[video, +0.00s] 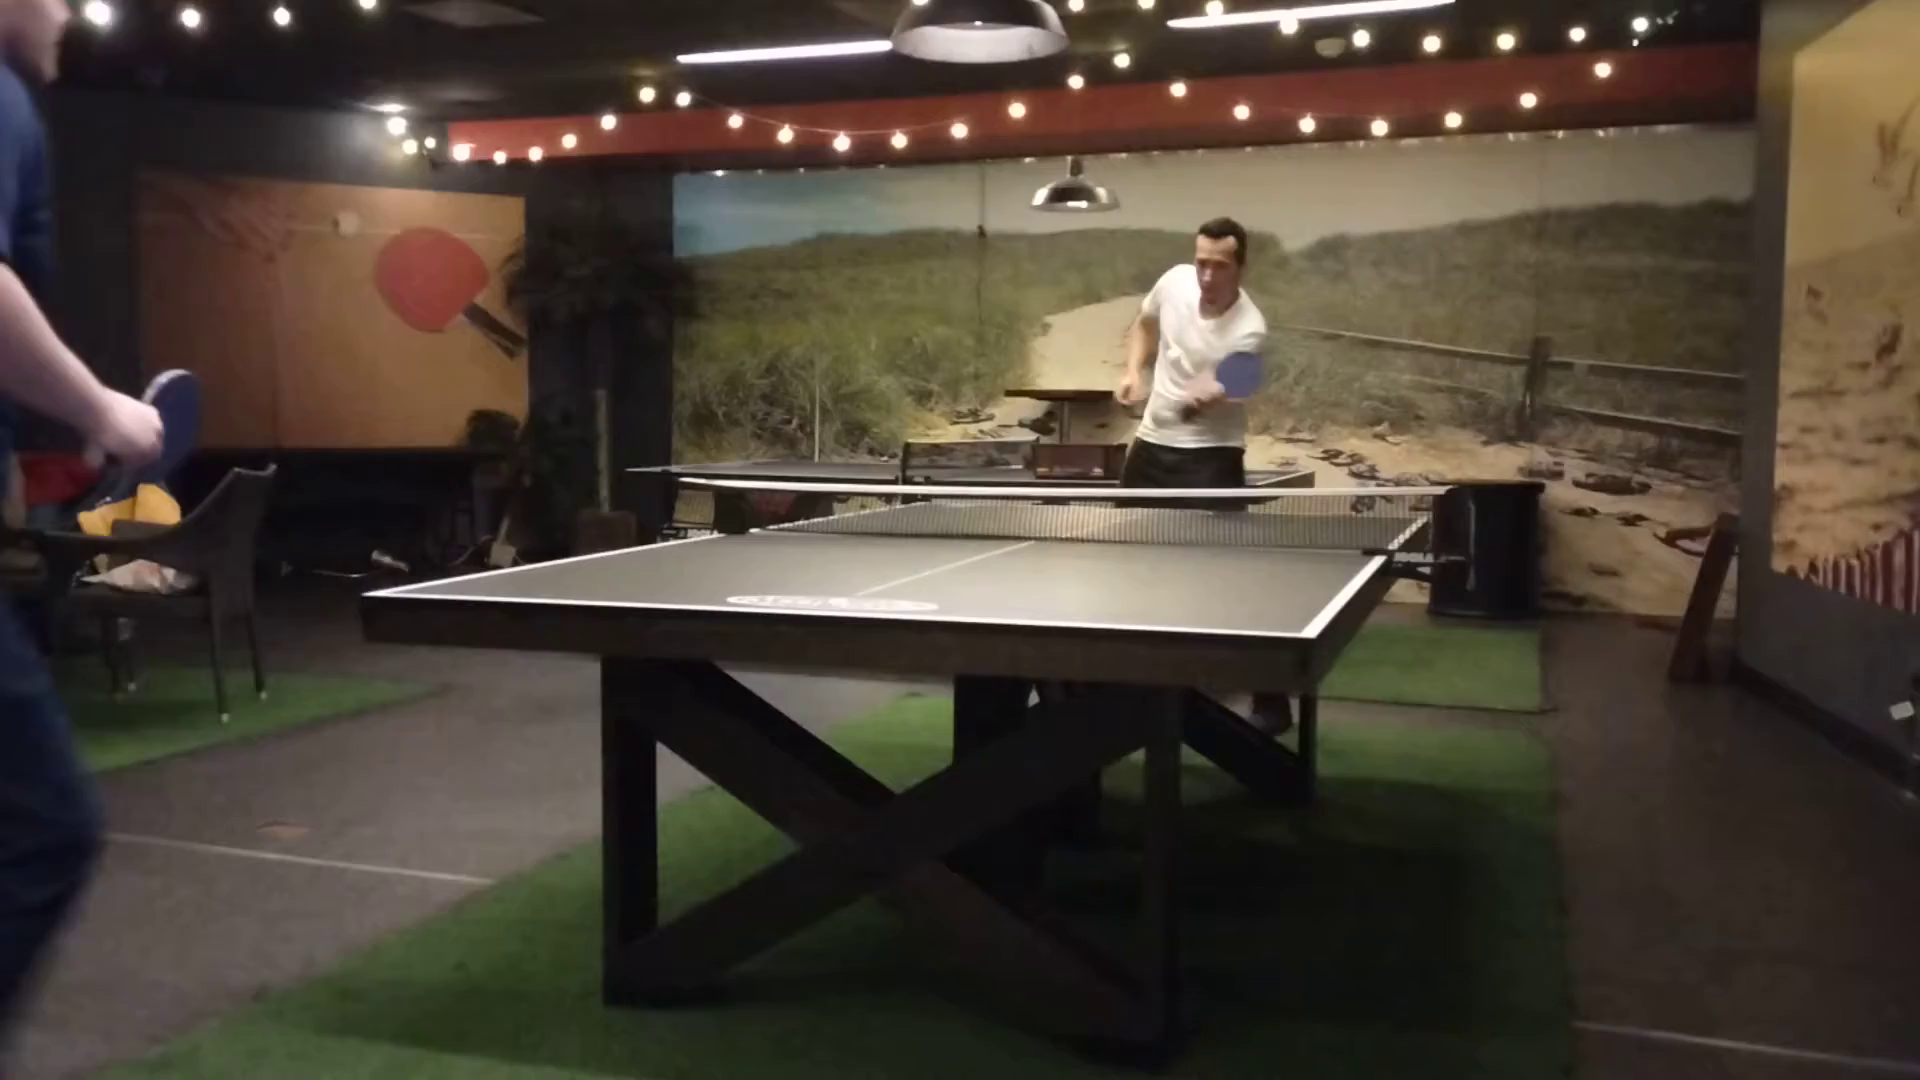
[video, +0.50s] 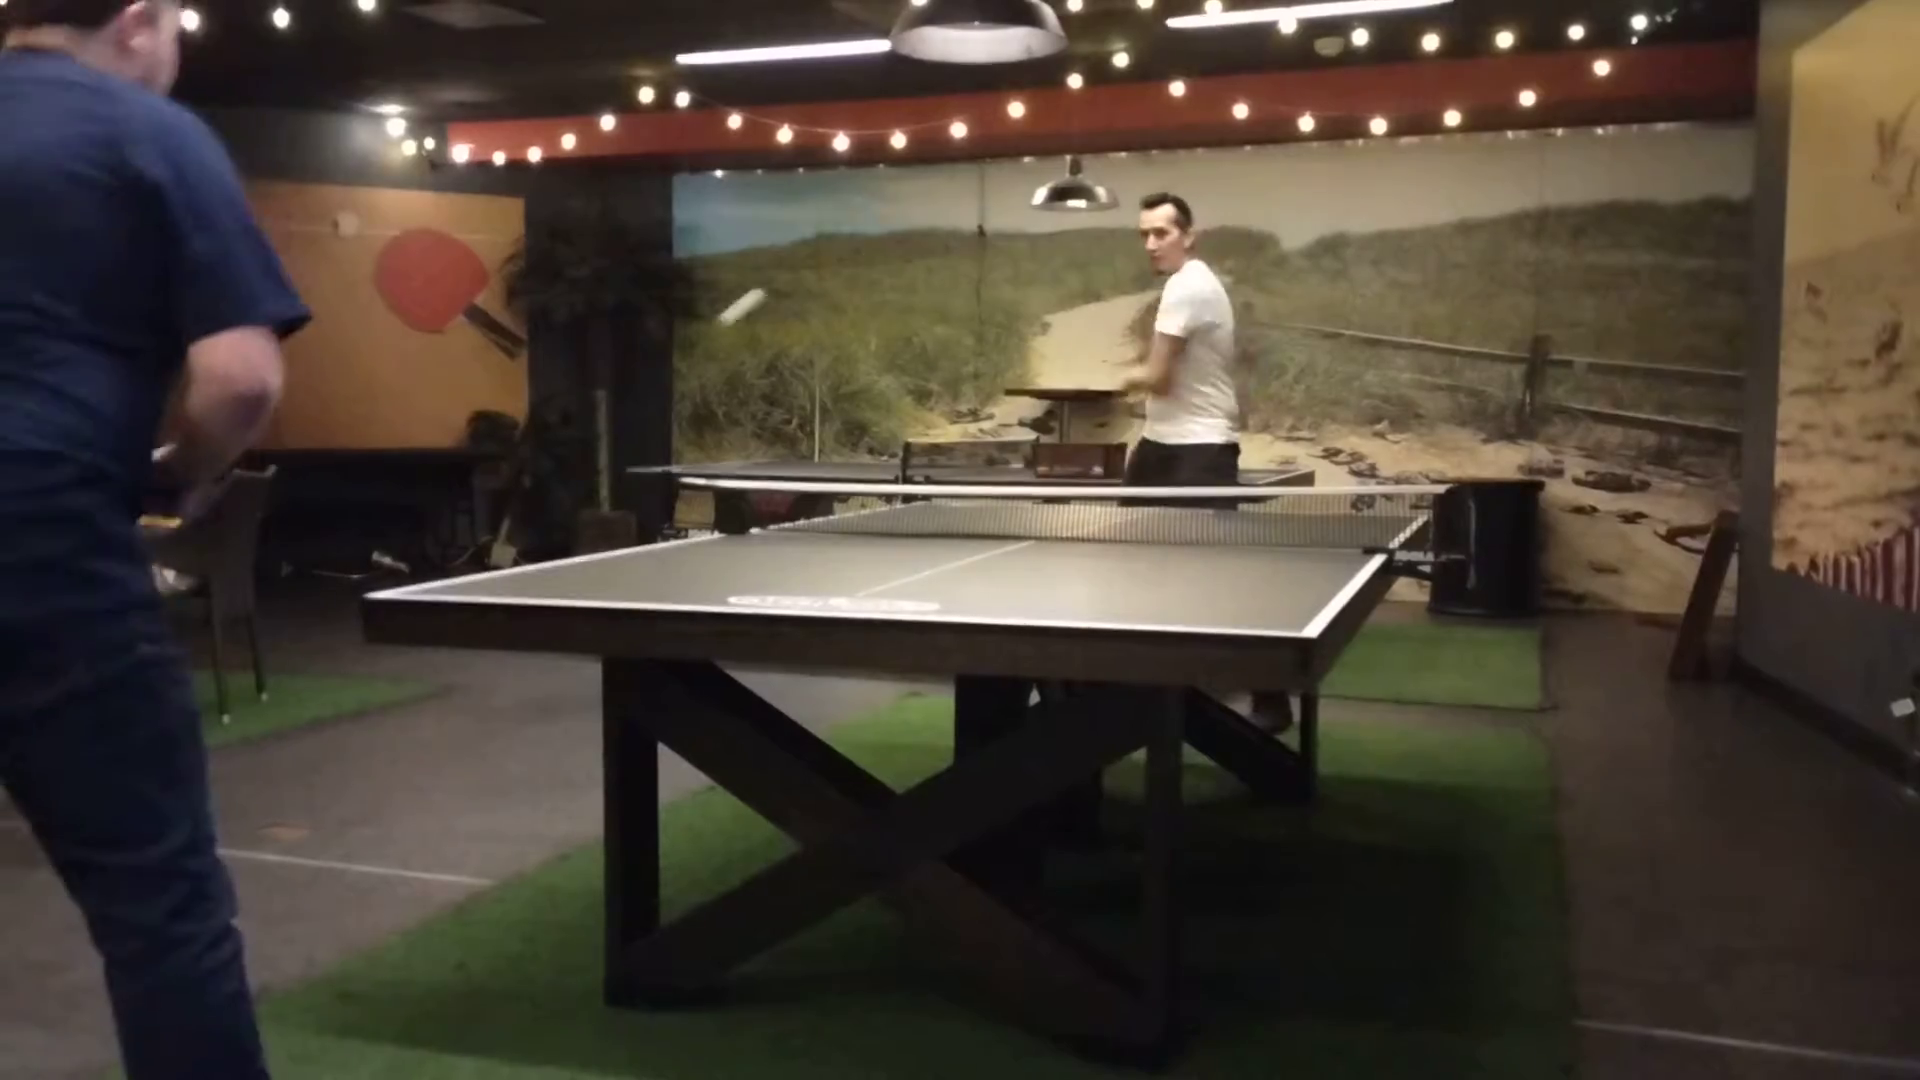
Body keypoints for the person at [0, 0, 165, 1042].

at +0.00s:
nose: (72, 17)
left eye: (73, 4)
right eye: (62, 0)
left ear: (17, 15)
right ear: (15, 8)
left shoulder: (17, 112)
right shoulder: (9, 106)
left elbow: (8, 309)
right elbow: (5, 290)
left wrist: (92, 412)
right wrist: (102, 409)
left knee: (49, 819)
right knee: (52, 821)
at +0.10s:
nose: (118, 17)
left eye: (115, 4)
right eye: (108, 1)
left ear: (35, 10)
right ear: (51, 3)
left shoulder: (34, 108)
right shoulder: (27, 103)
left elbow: (20, 314)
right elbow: (16, 302)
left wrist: (120, 419)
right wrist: (137, 424)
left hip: (15, 557)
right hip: (7, 566)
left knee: (83, 820)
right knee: (90, 821)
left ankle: (129, 1053)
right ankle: (133, 1060)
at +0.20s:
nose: (170, 25)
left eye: (169, 8)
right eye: (161, 4)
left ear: (64, 6)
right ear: (101, 1)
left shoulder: (27, 100)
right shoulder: (68, 116)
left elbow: (41, 322)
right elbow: (43, 320)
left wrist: (180, 434)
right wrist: (197, 441)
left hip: (30, 583)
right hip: (29, 591)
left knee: (143, 885)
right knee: (148, 886)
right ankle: (212, 1060)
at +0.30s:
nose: (201, 37)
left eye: (201, 17)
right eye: (197, 13)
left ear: (39, 12)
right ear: (150, 14)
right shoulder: (137, 127)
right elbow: (163, 347)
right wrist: (252, 474)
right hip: (50, 583)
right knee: (169, 913)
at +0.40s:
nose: (210, 45)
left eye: (210, 24)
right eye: (209, 20)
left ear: (49, 19)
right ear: (166, 16)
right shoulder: (167, 130)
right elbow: (246, 367)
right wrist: (244, 474)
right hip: (50, 576)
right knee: (166, 919)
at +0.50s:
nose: (180, 55)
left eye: (183, 34)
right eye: (180, 31)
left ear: (20, 23)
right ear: (134, 24)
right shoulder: (143, 131)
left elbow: (235, 379)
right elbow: (239, 377)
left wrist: (176, 480)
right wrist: (179, 484)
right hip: (44, 566)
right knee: (163, 912)